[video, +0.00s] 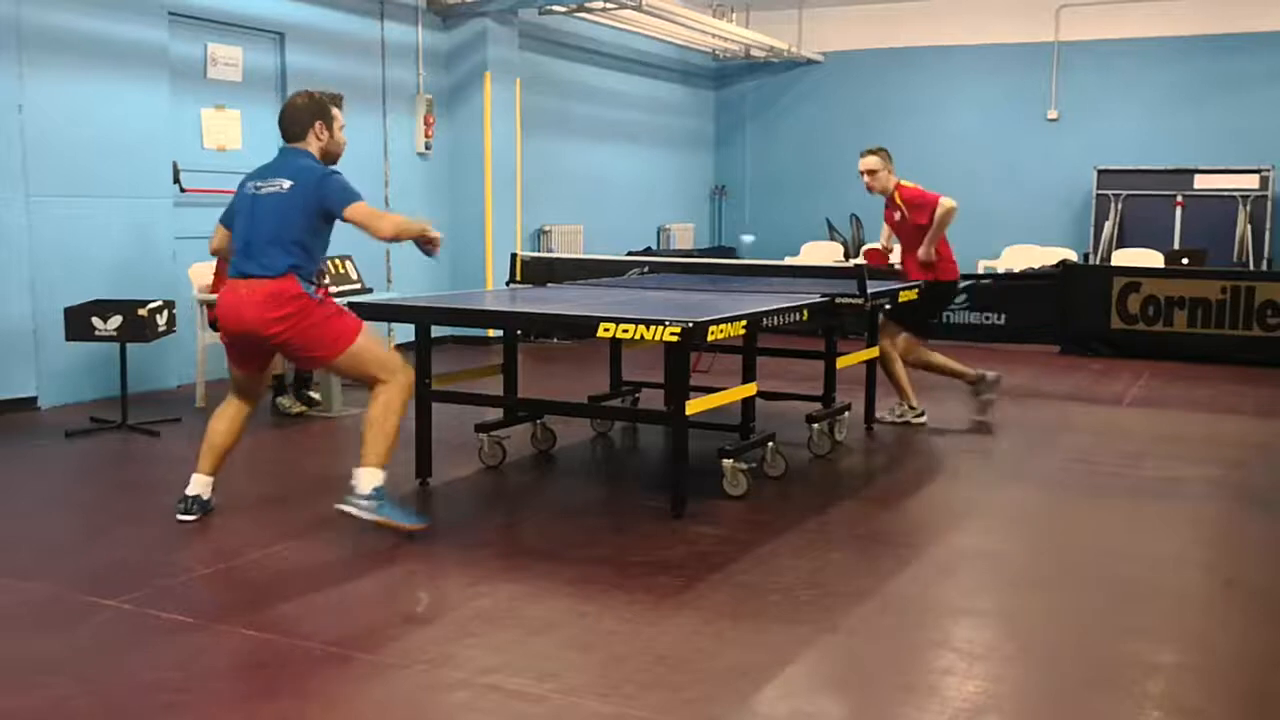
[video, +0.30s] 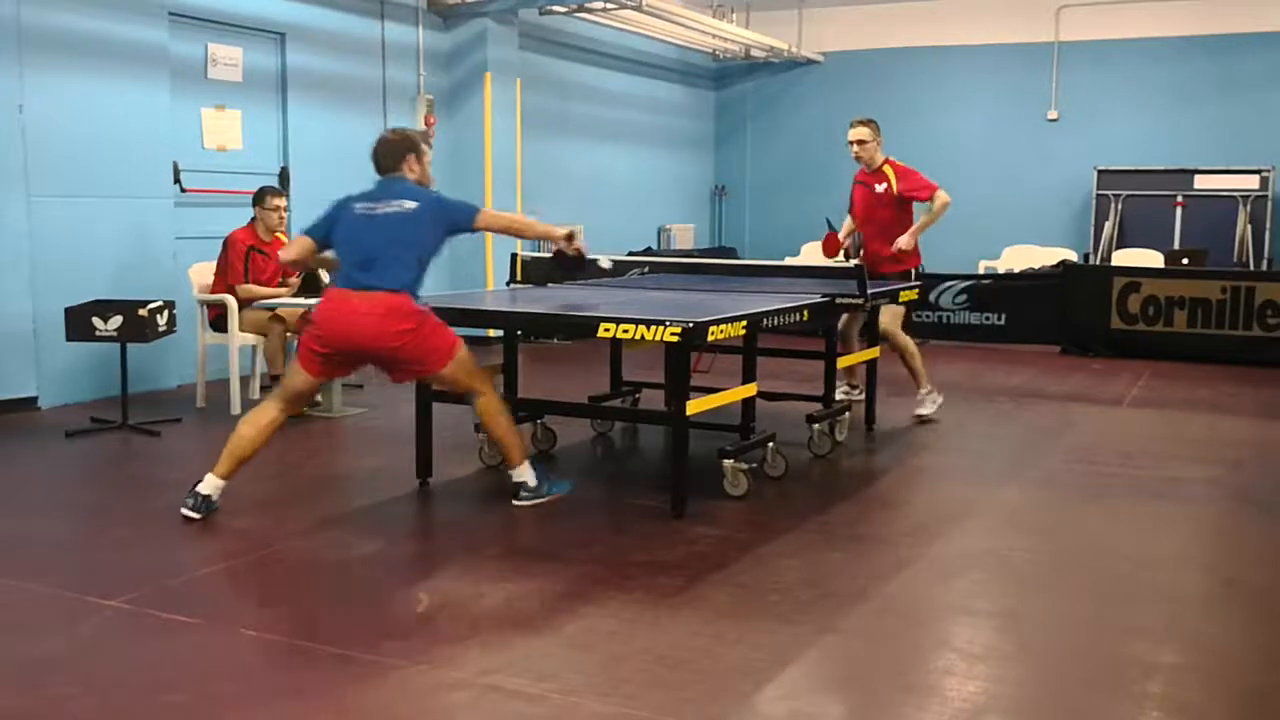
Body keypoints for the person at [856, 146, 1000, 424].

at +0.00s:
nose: (866, 180)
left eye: (872, 173)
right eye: (862, 175)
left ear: (889, 171)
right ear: (862, 177)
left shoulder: (907, 193)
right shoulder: (891, 200)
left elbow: (947, 206)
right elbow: (890, 221)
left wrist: (929, 244)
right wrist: (885, 243)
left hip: (936, 280)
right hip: (921, 280)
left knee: (884, 339)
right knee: (907, 352)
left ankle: (910, 406)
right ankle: (978, 378)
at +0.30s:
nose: (854, 150)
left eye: (860, 143)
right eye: (851, 144)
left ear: (877, 143)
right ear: (851, 147)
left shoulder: (898, 174)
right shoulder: (860, 178)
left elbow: (942, 200)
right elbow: (856, 216)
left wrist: (913, 233)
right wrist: (841, 236)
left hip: (901, 272)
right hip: (870, 273)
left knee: (889, 327)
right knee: (847, 327)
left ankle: (927, 391)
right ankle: (853, 386)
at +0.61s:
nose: (852, 152)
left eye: (858, 145)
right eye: (849, 146)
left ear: (875, 142)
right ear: (848, 147)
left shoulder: (903, 171)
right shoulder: (854, 179)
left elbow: (943, 199)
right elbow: (851, 217)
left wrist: (911, 225)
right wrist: (839, 239)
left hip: (905, 272)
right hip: (866, 274)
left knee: (930, 332)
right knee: (846, 331)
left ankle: (946, 395)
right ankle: (853, 387)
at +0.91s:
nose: (817, 183)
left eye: (820, 175)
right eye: (813, 177)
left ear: (838, 169)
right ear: (830, 173)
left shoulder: (881, 177)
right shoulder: (833, 200)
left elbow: (926, 185)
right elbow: (835, 242)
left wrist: (925, 226)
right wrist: (799, 238)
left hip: (907, 273)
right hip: (866, 279)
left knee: (936, 332)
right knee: (824, 324)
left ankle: (950, 397)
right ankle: (801, 388)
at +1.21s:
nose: (782, 187)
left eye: (787, 179)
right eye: (778, 181)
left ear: (805, 175)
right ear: (778, 182)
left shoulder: (835, 186)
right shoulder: (784, 212)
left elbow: (875, 195)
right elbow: (767, 251)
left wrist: (871, 237)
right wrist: (754, 237)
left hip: (866, 276)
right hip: (823, 284)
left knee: (903, 331)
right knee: (800, 338)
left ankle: (925, 390)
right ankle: (788, 400)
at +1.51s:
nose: (816, 162)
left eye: (821, 155)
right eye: (812, 156)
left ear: (837, 155)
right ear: (809, 159)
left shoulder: (862, 183)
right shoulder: (811, 192)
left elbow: (900, 213)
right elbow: (796, 231)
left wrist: (867, 236)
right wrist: (783, 239)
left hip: (868, 279)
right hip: (825, 280)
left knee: (894, 335)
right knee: (795, 330)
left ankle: (916, 388)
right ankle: (777, 390)